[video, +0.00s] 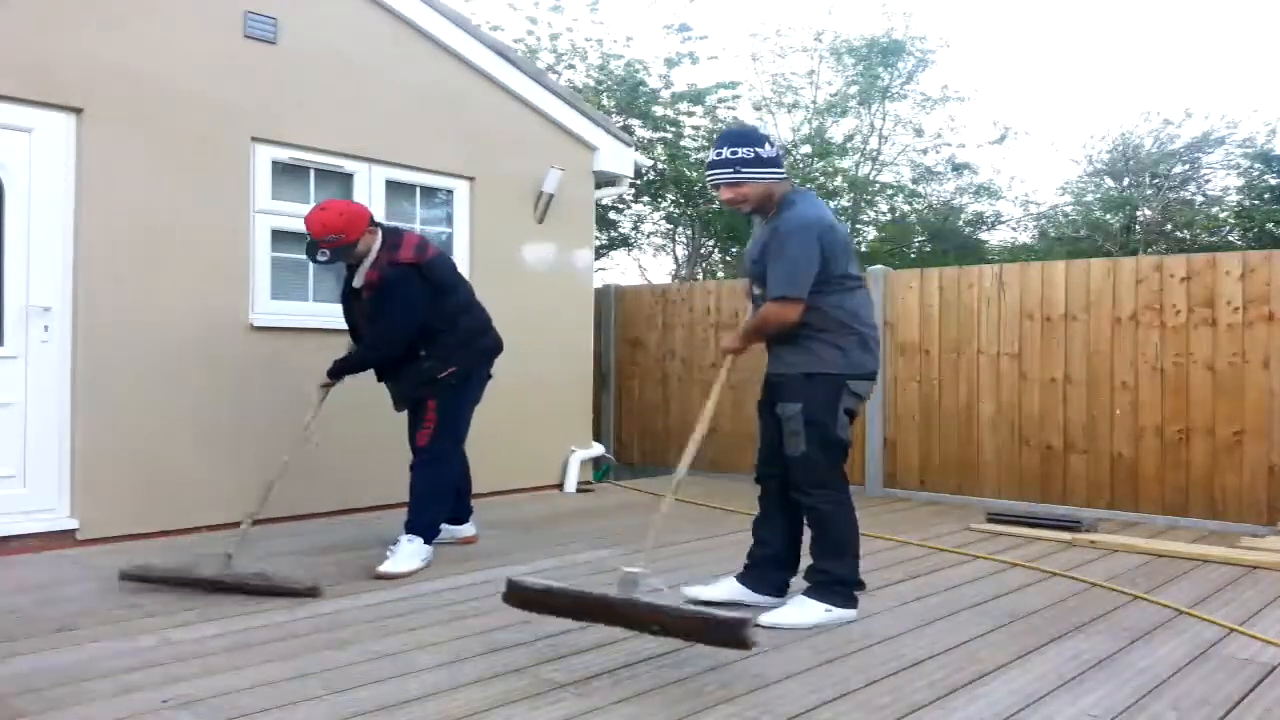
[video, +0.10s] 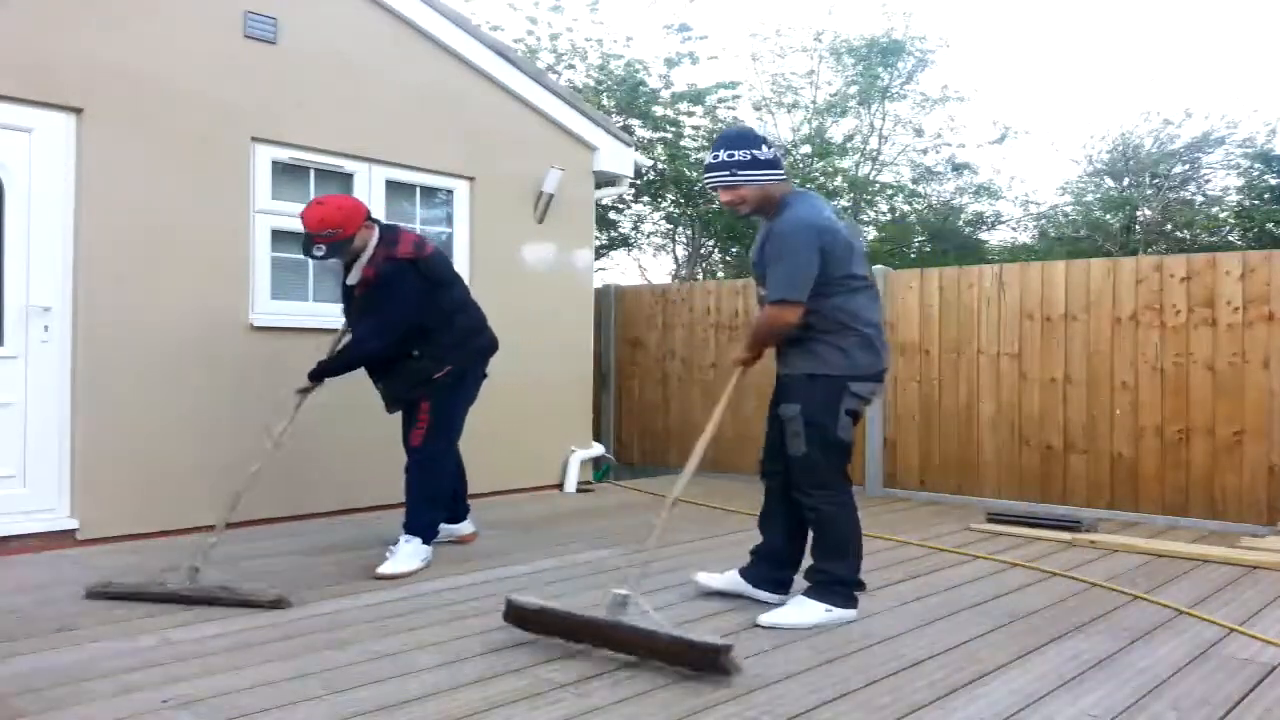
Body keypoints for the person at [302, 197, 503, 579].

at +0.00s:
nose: (338, 259)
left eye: (341, 252)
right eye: (334, 253)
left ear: (362, 237)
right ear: (362, 235)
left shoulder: (398, 269)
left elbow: (390, 341)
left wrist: (341, 368)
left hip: (455, 356)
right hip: (433, 356)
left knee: (429, 446)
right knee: (441, 440)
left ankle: (417, 540)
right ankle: (457, 521)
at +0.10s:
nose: (335, 256)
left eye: (338, 248)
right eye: (331, 250)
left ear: (361, 232)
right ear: (356, 232)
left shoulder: (397, 266)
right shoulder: (366, 252)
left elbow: (379, 339)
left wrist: (326, 369)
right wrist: (357, 325)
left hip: (454, 354)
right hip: (426, 354)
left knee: (424, 444)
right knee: (433, 439)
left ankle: (417, 541)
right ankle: (455, 519)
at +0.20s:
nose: (334, 252)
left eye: (337, 243)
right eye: (329, 246)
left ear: (359, 228)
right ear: (356, 226)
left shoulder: (396, 263)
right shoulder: (367, 244)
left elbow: (373, 334)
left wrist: (318, 362)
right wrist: (347, 295)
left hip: (449, 357)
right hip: (413, 357)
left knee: (423, 445)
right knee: (415, 442)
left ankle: (416, 541)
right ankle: (452, 516)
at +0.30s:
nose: (331, 246)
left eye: (334, 238)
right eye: (326, 240)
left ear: (357, 221)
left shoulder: (395, 255)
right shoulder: (365, 237)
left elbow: (368, 325)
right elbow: (366, 274)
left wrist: (298, 349)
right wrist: (329, 271)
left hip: (438, 359)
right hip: (396, 360)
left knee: (418, 444)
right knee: (375, 438)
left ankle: (418, 539)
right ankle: (432, 508)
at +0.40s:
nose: (326, 247)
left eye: (332, 238)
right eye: (321, 240)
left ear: (356, 221)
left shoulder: (392, 255)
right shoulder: (360, 235)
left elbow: (357, 326)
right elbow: (349, 265)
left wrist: (283, 338)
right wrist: (312, 258)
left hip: (428, 361)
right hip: (384, 360)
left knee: (413, 444)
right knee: (353, 436)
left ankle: (417, 540)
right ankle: (385, 519)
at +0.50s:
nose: (322, 243)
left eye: (329, 234)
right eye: (317, 235)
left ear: (353, 220)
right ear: (316, 222)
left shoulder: (387, 255)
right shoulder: (351, 240)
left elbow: (358, 327)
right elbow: (335, 273)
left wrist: (282, 333)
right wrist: (289, 255)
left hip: (419, 360)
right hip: (371, 358)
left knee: (406, 447)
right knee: (339, 440)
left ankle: (416, 540)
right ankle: (329, 529)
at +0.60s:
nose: (318, 246)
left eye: (326, 237)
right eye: (312, 238)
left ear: (351, 222)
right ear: (304, 222)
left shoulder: (389, 254)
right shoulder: (326, 242)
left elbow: (364, 323)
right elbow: (313, 276)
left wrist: (285, 335)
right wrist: (263, 258)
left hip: (404, 365)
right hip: (350, 364)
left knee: (401, 451)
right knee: (320, 448)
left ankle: (414, 540)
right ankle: (286, 532)